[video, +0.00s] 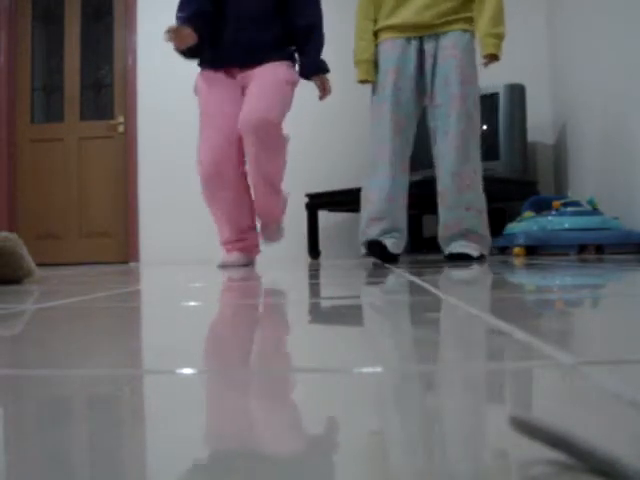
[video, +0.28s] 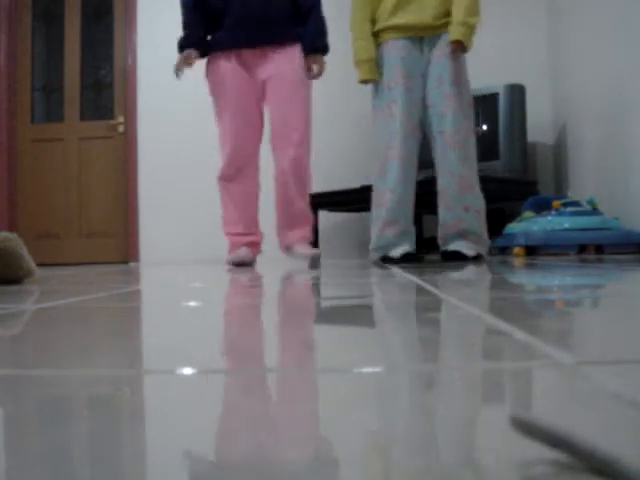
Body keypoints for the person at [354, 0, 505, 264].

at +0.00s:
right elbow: (367, 4)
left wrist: (490, 29)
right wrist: (364, 51)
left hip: (454, 21)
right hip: (394, 25)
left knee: (456, 136)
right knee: (388, 137)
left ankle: (464, 240)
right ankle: (384, 238)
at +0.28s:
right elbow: (361, 4)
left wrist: (463, 21)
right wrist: (364, 51)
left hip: (445, 27)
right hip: (393, 31)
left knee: (453, 138)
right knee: (396, 140)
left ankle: (462, 239)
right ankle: (393, 242)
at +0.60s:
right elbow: (375, 3)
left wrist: (492, 21)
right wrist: (381, 45)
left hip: (465, 25)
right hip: (408, 29)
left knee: (472, 134)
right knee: (411, 139)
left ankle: (478, 237)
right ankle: (413, 243)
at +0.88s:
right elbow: (377, 2)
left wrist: (509, 31)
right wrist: (380, 45)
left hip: (466, 27)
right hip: (409, 30)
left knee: (475, 134)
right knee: (416, 138)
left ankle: (483, 236)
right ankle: (419, 241)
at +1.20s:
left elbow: (487, 1)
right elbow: (376, 4)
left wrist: (484, 38)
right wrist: (377, 54)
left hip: (456, 31)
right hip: (403, 32)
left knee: (452, 136)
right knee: (402, 139)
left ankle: (462, 239)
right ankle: (402, 243)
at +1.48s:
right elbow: (373, 4)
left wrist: (480, 24)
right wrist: (373, 52)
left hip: (453, 27)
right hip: (397, 29)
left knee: (454, 132)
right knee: (396, 136)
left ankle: (463, 234)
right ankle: (391, 238)